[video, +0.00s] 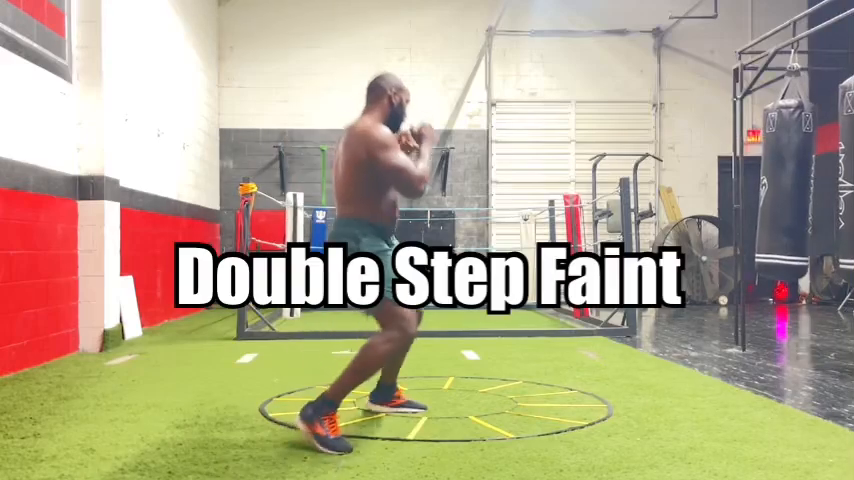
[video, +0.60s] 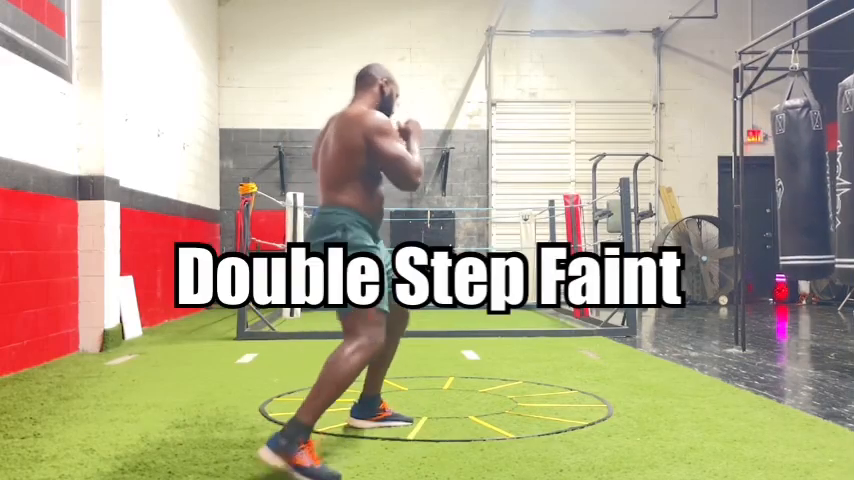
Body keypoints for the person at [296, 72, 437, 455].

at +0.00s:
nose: (407, 110)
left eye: (407, 104)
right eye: (405, 103)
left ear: (378, 96)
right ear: (390, 96)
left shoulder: (363, 130)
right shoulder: (372, 132)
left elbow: (386, 182)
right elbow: (417, 183)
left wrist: (407, 151)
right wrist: (428, 148)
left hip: (372, 237)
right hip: (362, 239)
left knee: (409, 317)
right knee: (399, 329)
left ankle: (386, 391)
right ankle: (321, 409)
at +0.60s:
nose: (395, 101)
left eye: (394, 94)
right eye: (394, 93)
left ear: (361, 86)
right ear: (384, 85)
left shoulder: (332, 123)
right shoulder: (374, 120)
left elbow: (322, 172)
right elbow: (411, 179)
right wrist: (414, 139)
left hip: (325, 226)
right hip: (351, 229)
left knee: (397, 311)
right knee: (367, 337)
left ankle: (369, 405)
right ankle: (290, 439)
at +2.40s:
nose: (341, 90)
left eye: (343, 84)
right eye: (338, 82)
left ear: (318, 75)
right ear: (314, 74)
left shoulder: (323, 118)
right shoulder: (282, 110)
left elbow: (338, 165)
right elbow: (317, 149)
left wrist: (360, 129)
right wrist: (346, 116)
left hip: (317, 217)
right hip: (276, 216)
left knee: (355, 296)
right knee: (272, 306)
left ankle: (338, 375)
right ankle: (224, 400)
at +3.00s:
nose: (258, 95)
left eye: (260, 89)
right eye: (255, 86)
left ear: (234, 79)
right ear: (232, 77)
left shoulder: (232, 122)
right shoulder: (199, 107)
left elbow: (242, 176)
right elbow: (236, 148)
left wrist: (272, 141)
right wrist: (266, 120)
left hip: (222, 224)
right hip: (182, 220)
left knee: (248, 311)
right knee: (181, 316)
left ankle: (209, 385)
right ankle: (126, 410)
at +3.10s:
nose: (246, 109)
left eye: (248, 103)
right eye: (243, 101)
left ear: (221, 93)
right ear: (219, 91)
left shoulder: (224, 139)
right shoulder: (185, 128)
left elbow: (229, 190)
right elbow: (220, 174)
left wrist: (258, 163)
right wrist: (249, 142)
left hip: (212, 240)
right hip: (174, 235)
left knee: (238, 327)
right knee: (178, 326)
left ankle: (195, 394)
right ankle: (123, 416)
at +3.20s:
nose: (247, 101)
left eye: (250, 94)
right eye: (244, 92)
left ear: (223, 83)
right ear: (221, 81)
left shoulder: (226, 128)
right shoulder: (184, 118)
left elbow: (229, 174)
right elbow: (214, 164)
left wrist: (261, 153)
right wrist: (251, 135)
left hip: (218, 228)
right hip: (178, 227)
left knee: (258, 304)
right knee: (172, 316)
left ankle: (213, 377)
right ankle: (124, 414)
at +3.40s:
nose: (261, 102)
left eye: (263, 96)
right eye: (259, 94)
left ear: (242, 90)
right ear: (237, 86)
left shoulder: (239, 129)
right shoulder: (201, 118)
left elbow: (254, 172)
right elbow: (231, 157)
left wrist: (279, 147)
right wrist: (267, 128)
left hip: (234, 224)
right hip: (192, 227)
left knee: (275, 297)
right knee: (181, 315)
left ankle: (288, 372)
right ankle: (142, 403)